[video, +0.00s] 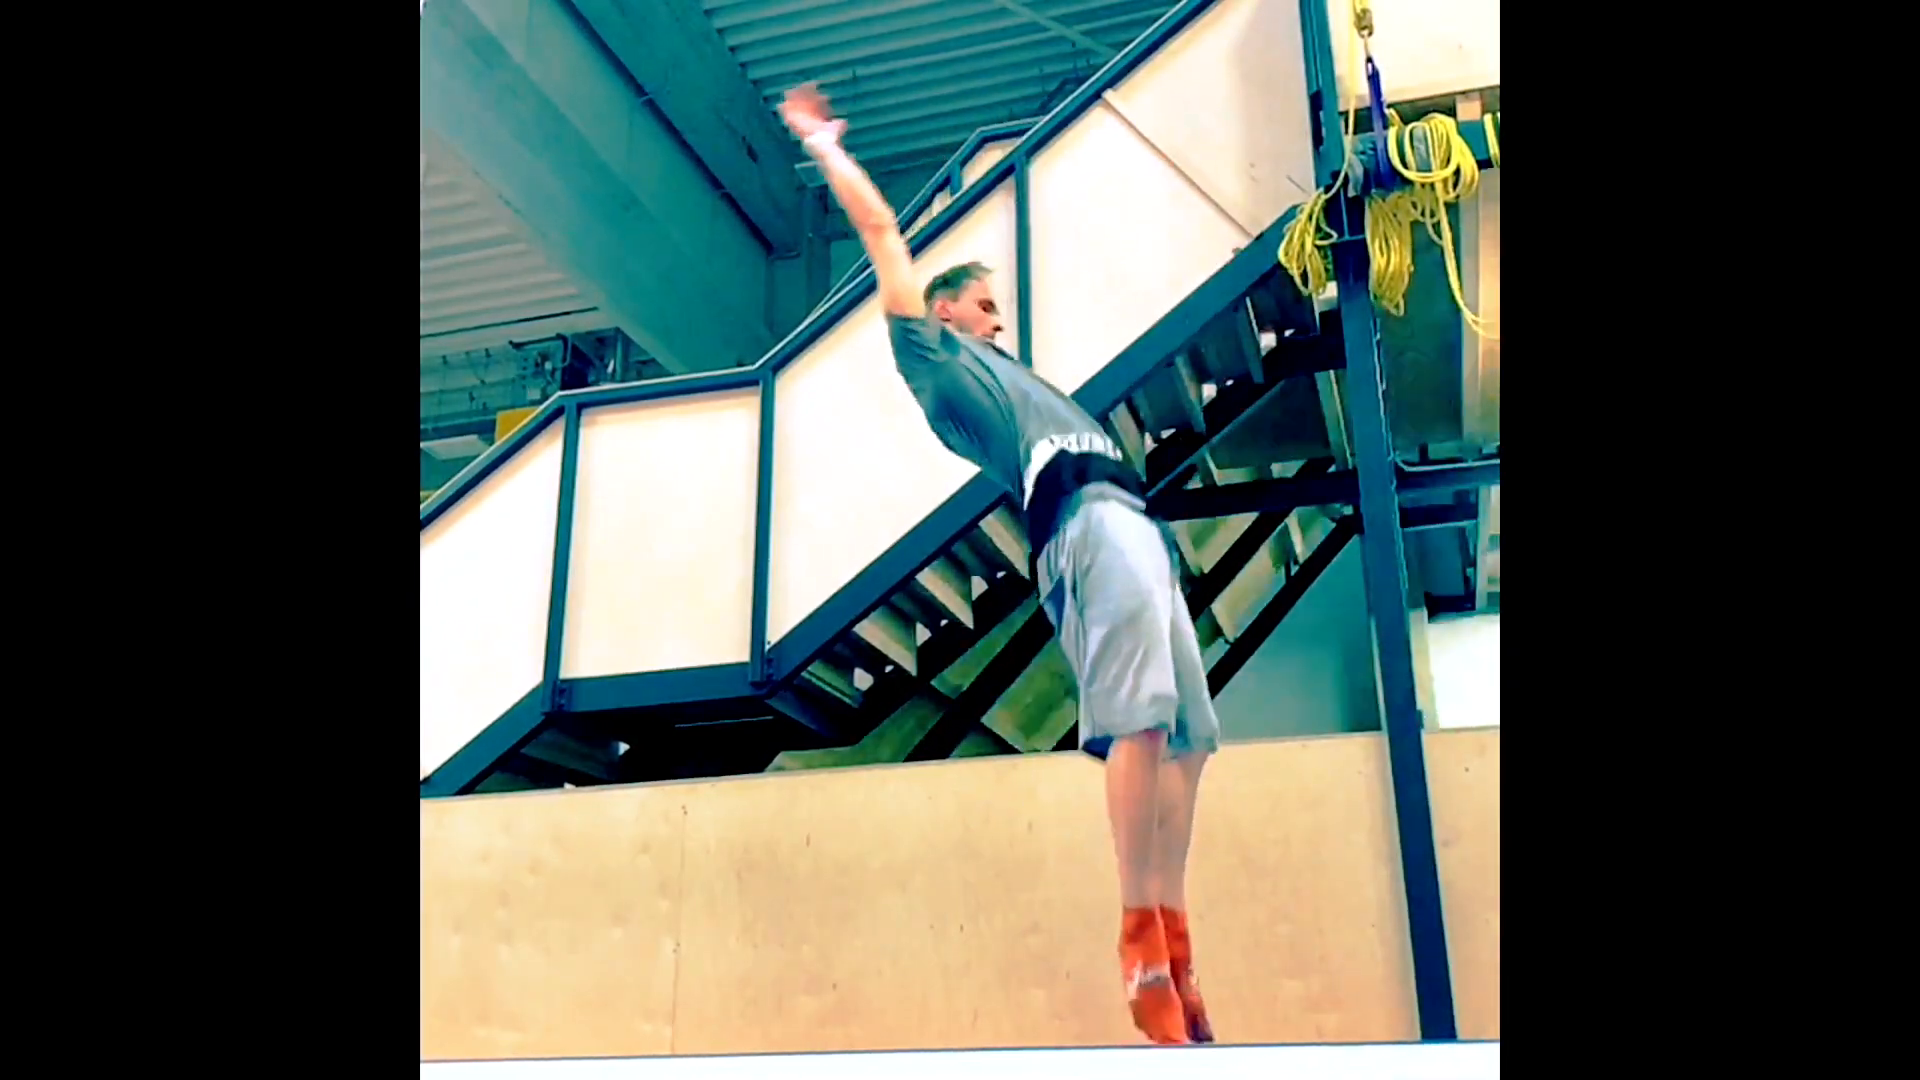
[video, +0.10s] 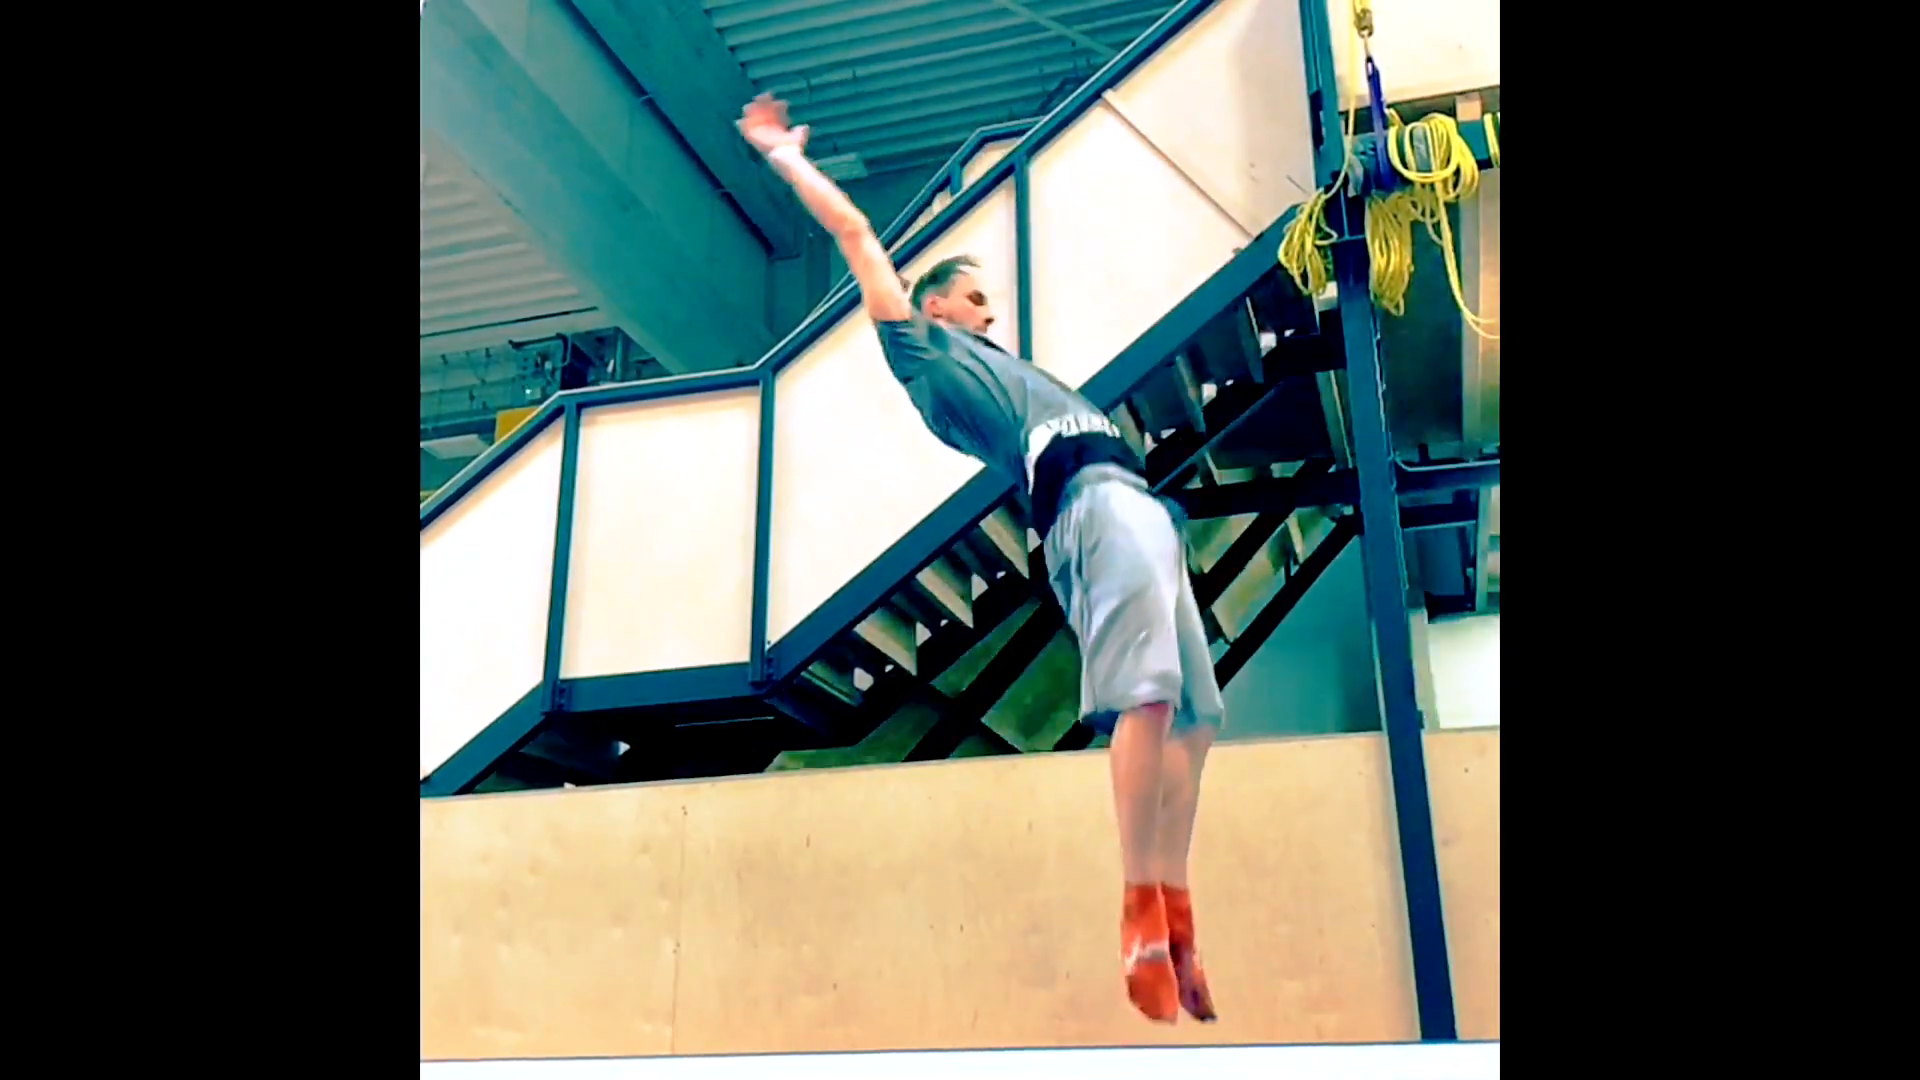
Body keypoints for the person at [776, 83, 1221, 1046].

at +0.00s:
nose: (998, 310)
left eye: (997, 303)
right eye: (982, 300)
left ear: (983, 320)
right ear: (938, 306)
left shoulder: (1007, 377)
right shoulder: (929, 349)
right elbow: (877, 226)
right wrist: (823, 139)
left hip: (1136, 530)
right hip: (1090, 522)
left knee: (1186, 731)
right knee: (1139, 722)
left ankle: (1172, 934)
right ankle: (1140, 940)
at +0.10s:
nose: (991, 305)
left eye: (990, 298)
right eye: (973, 295)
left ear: (970, 315)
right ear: (928, 304)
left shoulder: (1000, 374)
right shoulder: (920, 343)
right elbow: (852, 231)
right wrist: (784, 151)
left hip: (1140, 511)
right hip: (1093, 500)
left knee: (1193, 716)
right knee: (1144, 698)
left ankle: (1176, 912)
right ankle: (1142, 912)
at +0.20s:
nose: (980, 301)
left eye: (978, 292)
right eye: (963, 290)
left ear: (956, 303)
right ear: (920, 300)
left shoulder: (989, 364)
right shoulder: (913, 343)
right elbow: (832, 237)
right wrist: (749, 164)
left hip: (1149, 491)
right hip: (1100, 480)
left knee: (1205, 697)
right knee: (1155, 673)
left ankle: (1178, 890)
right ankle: (1142, 889)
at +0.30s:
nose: (969, 297)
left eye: (968, 289)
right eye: (952, 288)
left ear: (956, 302)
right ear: (909, 301)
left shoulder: (989, 357)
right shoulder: (907, 343)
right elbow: (813, 245)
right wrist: (724, 181)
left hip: (1150, 471)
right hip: (1100, 465)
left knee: (1217, 674)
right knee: (1167, 647)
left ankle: (1180, 862)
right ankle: (1141, 860)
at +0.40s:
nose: (958, 287)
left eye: (954, 280)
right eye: (941, 282)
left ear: (943, 300)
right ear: (903, 303)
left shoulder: (988, 352)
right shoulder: (903, 346)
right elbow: (800, 255)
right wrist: (705, 203)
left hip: (1154, 457)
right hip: (1102, 450)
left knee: (1227, 656)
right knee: (1179, 626)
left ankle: (1183, 840)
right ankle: (1145, 833)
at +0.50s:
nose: (949, 293)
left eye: (947, 286)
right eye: (932, 287)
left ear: (937, 302)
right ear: (896, 306)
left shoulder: (973, 358)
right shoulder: (895, 347)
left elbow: (917, 411)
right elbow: (788, 263)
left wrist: (896, 410)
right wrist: (684, 214)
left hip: (1157, 443)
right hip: (1105, 437)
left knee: (1241, 626)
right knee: (1194, 602)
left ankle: (1189, 809)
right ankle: (1146, 800)